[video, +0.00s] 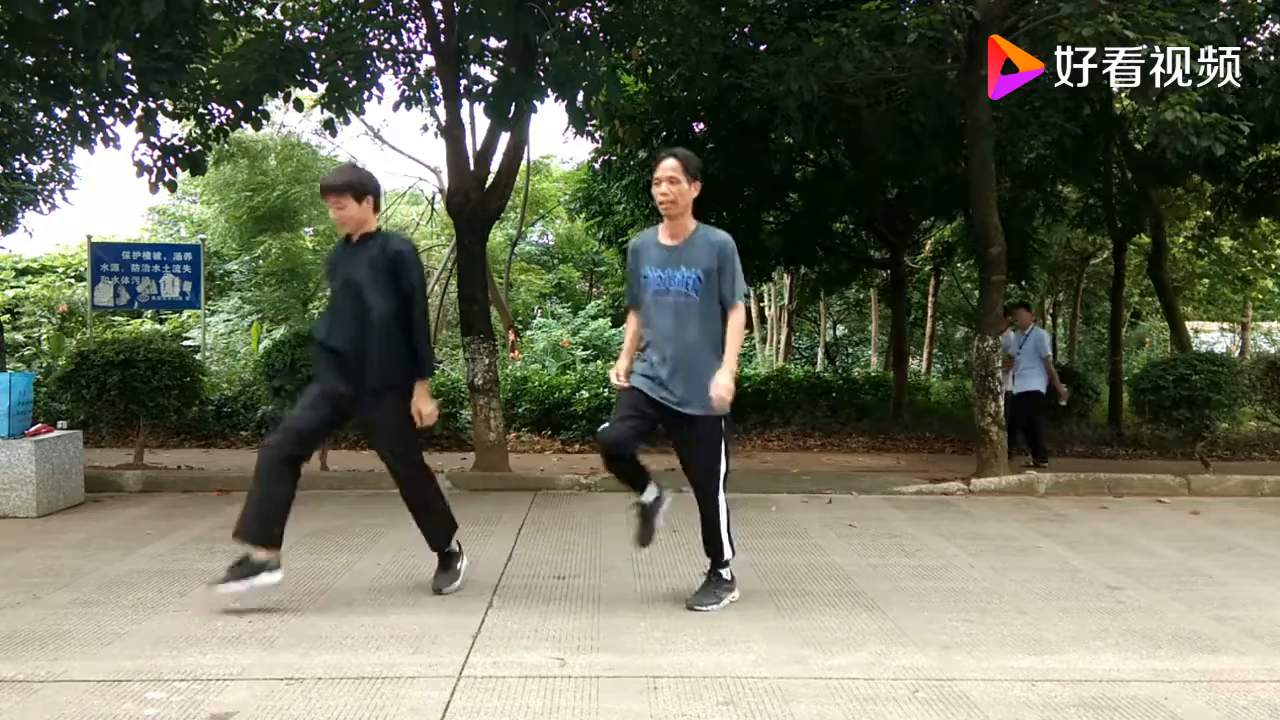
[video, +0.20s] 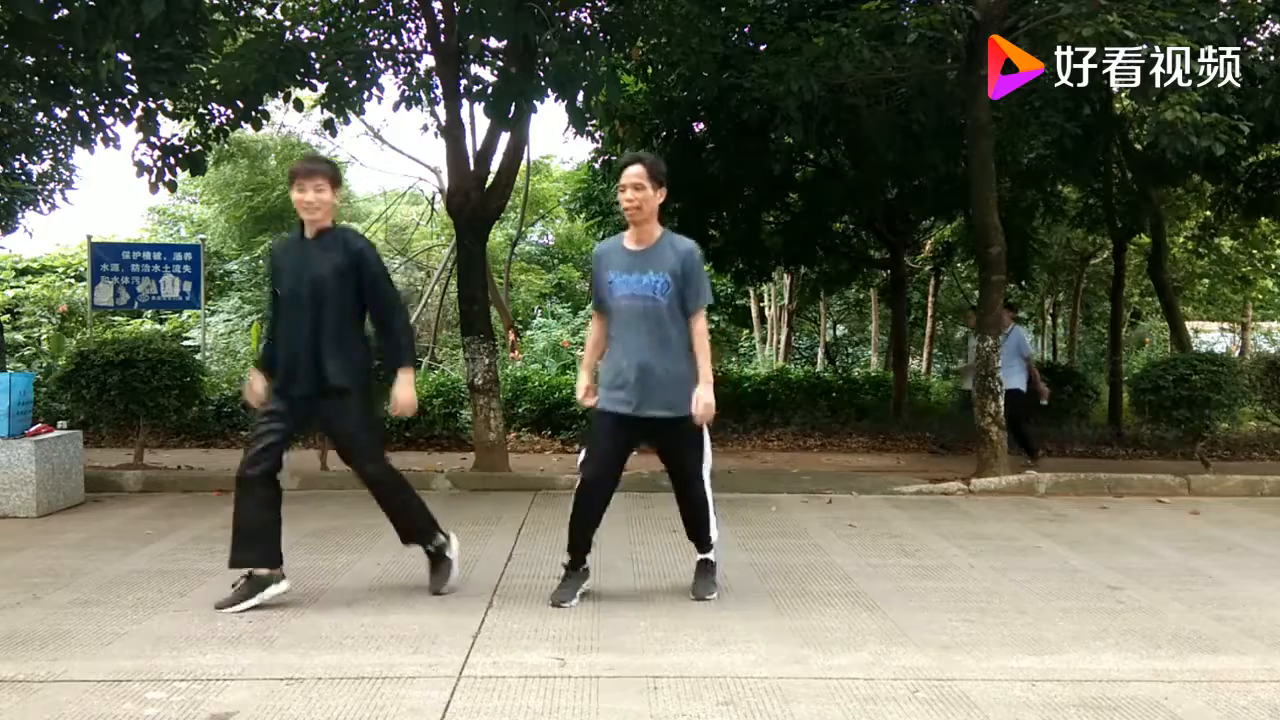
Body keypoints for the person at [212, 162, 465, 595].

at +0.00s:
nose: (334, 214)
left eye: (340, 205)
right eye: (330, 207)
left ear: (368, 202)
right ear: (334, 209)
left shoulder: (397, 250)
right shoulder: (339, 257)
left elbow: (418, 320)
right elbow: (345, 320)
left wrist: (422, 387)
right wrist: (331, 373)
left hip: (384, 384)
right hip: (337, 380)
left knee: (409, 468)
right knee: (280, 449)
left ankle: (448, 550)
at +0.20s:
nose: (311, 197)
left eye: (320, 188)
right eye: (302, 189)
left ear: (336, 194)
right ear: (292, 197)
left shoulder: (355, 248)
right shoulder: (281, 253)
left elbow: (391, 312)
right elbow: (278, 319)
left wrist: (404, 374)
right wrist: (262, 367)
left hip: (343, 384)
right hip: (289, 384)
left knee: (374, 470)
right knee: (255, 468)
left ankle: (436, 543)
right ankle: (266, 572)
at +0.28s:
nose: (301, 188)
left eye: (310, 179)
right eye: (292, 180)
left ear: (324, 185)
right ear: (280, 186)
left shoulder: (344, 236)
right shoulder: (266, 238)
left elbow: (402, 284)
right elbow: (244, 286)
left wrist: (402, 338)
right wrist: (216, 325)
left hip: (331, 371)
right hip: (277, 372)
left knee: (341, 458)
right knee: (259, 463)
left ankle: (415, 525)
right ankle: (251, 567)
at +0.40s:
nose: (281, 202)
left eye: (289, 194)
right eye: (272, 195)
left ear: (303, 200)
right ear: (259, 200)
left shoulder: (323, 245)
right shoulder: (244, 240)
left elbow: (394, 249)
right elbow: (190, 240)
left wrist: (384, 295)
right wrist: (164, 275)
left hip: (303, 374)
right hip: (254, 375)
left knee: (282, 446)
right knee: (250, 472)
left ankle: (371, 509)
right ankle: (236, 571)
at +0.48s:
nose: (272, 206)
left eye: (280, 198)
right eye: (263, 198)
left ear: (293, 205)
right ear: (249, 204)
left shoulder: (313, 252)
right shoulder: (233, 250)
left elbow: (387, 259)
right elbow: (181, 248)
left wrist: (369, 298)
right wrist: (151, 273)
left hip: (291, 380)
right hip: (241, 383)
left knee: (256, 451)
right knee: (238, 484)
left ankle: (346, 521)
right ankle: (238, 574)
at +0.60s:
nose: (257, 190)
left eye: (266, 181)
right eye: (248, 182)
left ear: (280, 186)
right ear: (235, 189)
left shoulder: (304, 241)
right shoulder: (219, 243)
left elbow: (355, 289)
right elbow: (189, 287)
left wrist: (336, 302)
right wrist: (152, 287)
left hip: (274, 372)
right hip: (227, 372)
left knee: (241, 450)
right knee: (225, 467)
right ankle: (245, 565)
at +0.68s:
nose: (252, 193)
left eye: (261, 184)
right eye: (243, 185)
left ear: (276, 189)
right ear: (230, 191)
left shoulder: (297, 245)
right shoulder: (213, 247)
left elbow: (329, 308)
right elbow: (199, 306)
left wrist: (315, 310)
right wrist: (156, 303)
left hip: (270, 377)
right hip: (221, 376)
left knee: (242, 469)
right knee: (213, 474)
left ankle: (218, 574)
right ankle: (262, 558)